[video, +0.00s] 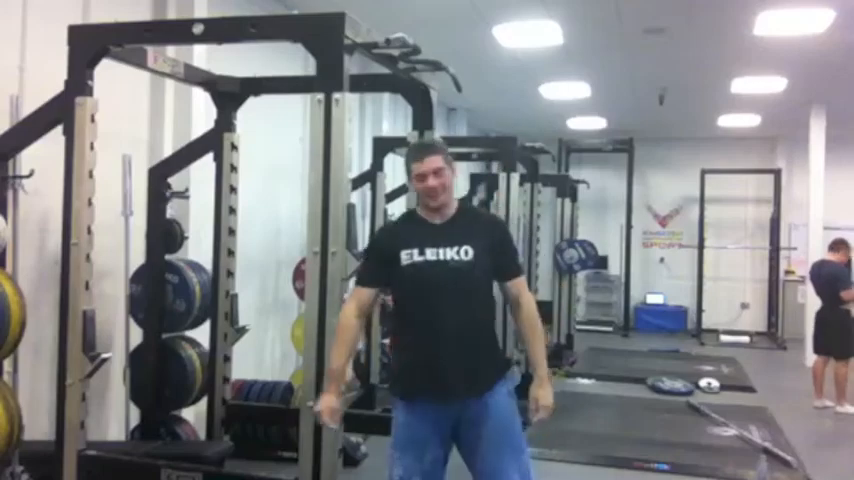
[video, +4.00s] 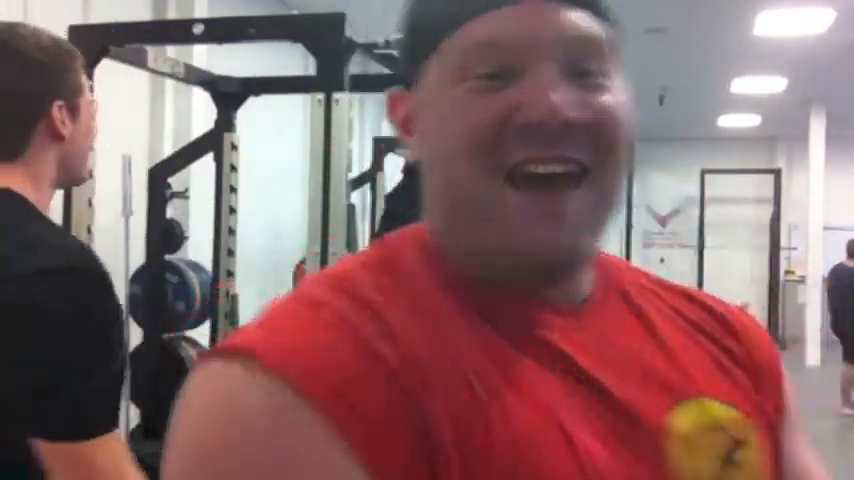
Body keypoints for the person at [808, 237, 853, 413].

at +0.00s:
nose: (847, 259)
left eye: (847, 256)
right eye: (846, 255)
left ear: (830, 250)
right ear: (841, 252)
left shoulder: (816, 267)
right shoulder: (840, 269)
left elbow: (822, 292)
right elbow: (846, 295)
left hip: (823, 311)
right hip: (840, 313)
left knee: (822, 357)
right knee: (842, 361)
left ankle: (818, 398)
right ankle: (841, 402)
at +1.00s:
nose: (848, 253)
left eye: (848, 249)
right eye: (847, 249)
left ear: (830, 248)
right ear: (841, 249)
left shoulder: (816, 268)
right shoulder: (839, 270)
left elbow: (812, 292)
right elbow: (845, 295)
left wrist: (830, 296)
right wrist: (853, 296)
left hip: (822, 316)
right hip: (840, 318)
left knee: (821, 357)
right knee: (841, 361)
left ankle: (818, 397)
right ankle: (841, 401)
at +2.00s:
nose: (853, 252)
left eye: (852, 248)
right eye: (851, 248)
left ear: (838, 248)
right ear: (843, 248)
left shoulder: (823, 269)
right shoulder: (847, 273)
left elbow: (822, 298)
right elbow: (849, 300)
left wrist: (831, 311)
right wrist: (847, 315)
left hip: (827, 318)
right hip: (845, 321)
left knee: (824, 357)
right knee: (847, 361)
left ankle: (820, 398)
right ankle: (845, 402)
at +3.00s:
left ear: (848, 252)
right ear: (852, 252)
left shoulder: (842, 271)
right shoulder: (846, 272)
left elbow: (840, 302)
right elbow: (842, 302)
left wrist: (846, 312)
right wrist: (847, 313)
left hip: (846, 318)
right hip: (849, 319)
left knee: (851, 358)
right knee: (851, 360)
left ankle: (845, 386)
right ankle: (847, 400)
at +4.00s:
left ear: (847, 251)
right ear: (851, 252)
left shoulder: (837, 271)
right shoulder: (841, 272)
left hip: (844, 327)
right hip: (848, 327)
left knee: (848, 365)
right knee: (849, 365)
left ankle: (846, 403)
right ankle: (846, 404)